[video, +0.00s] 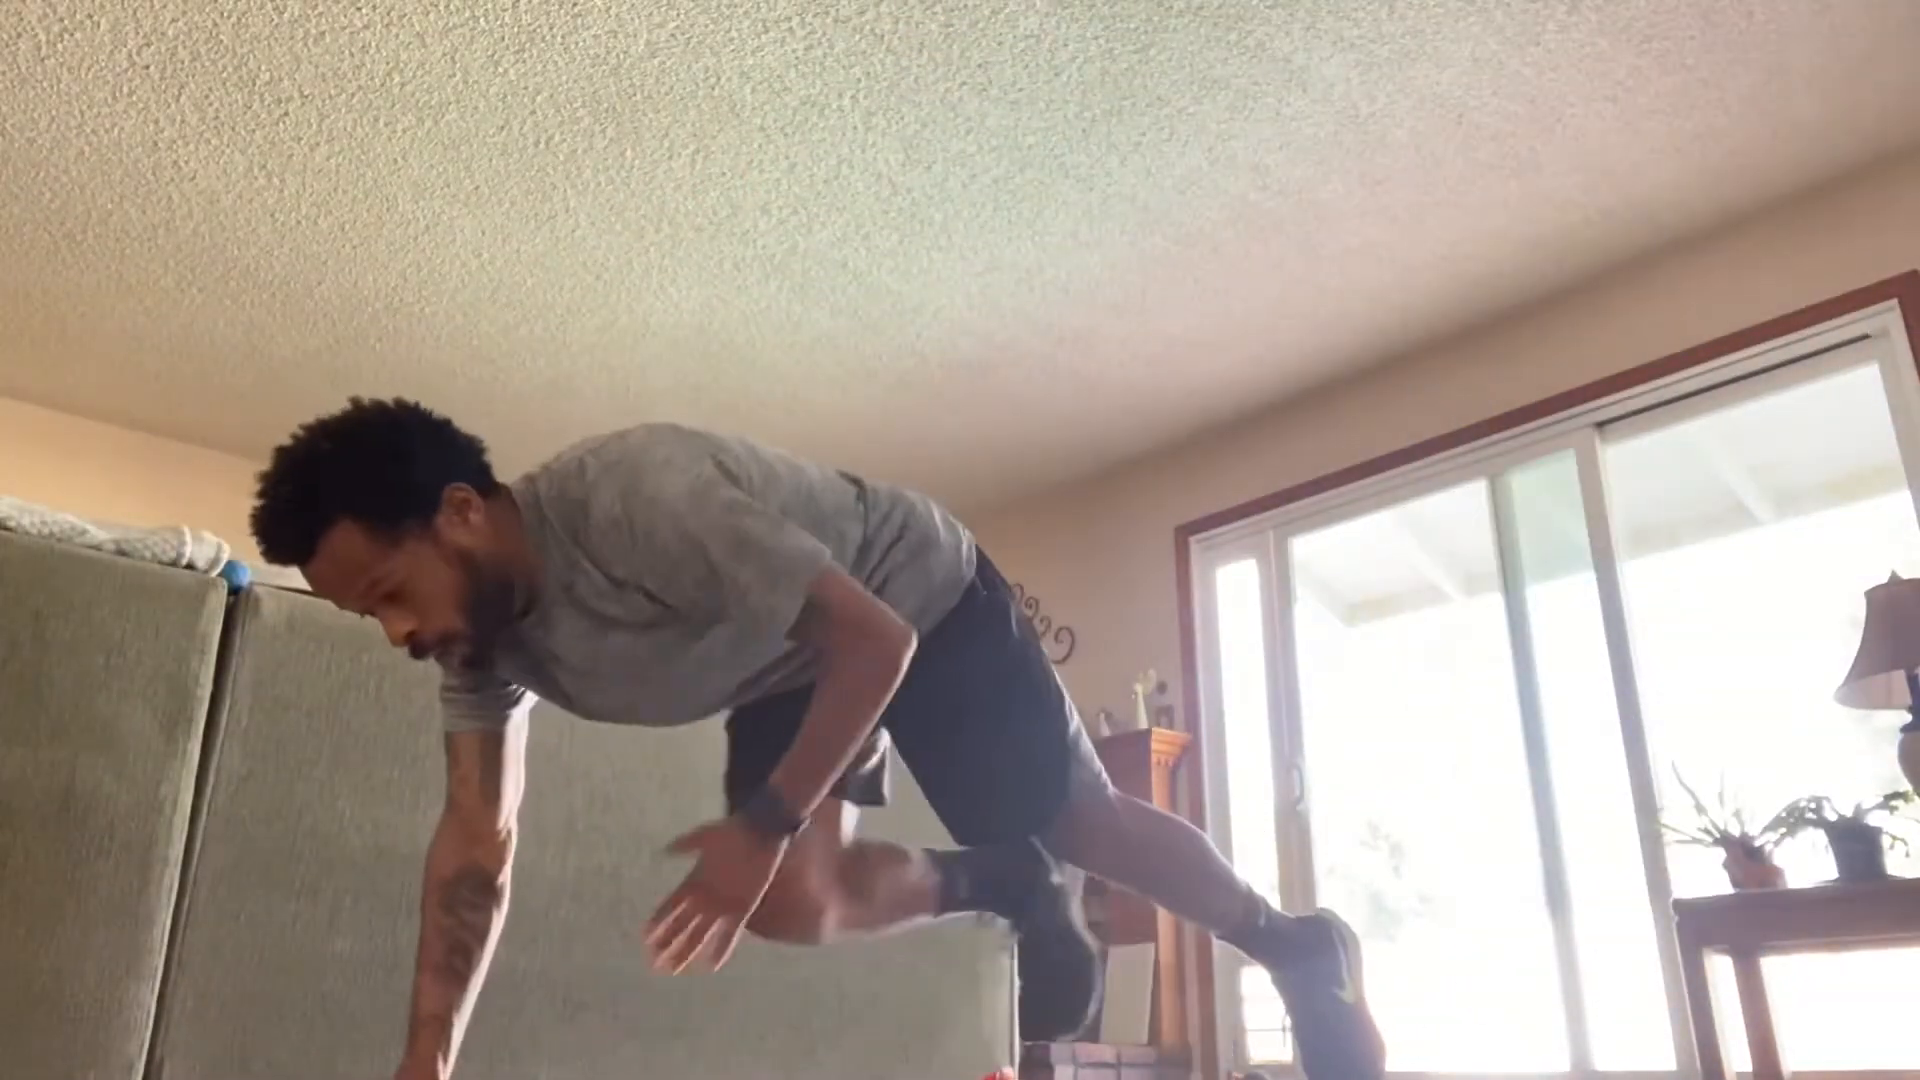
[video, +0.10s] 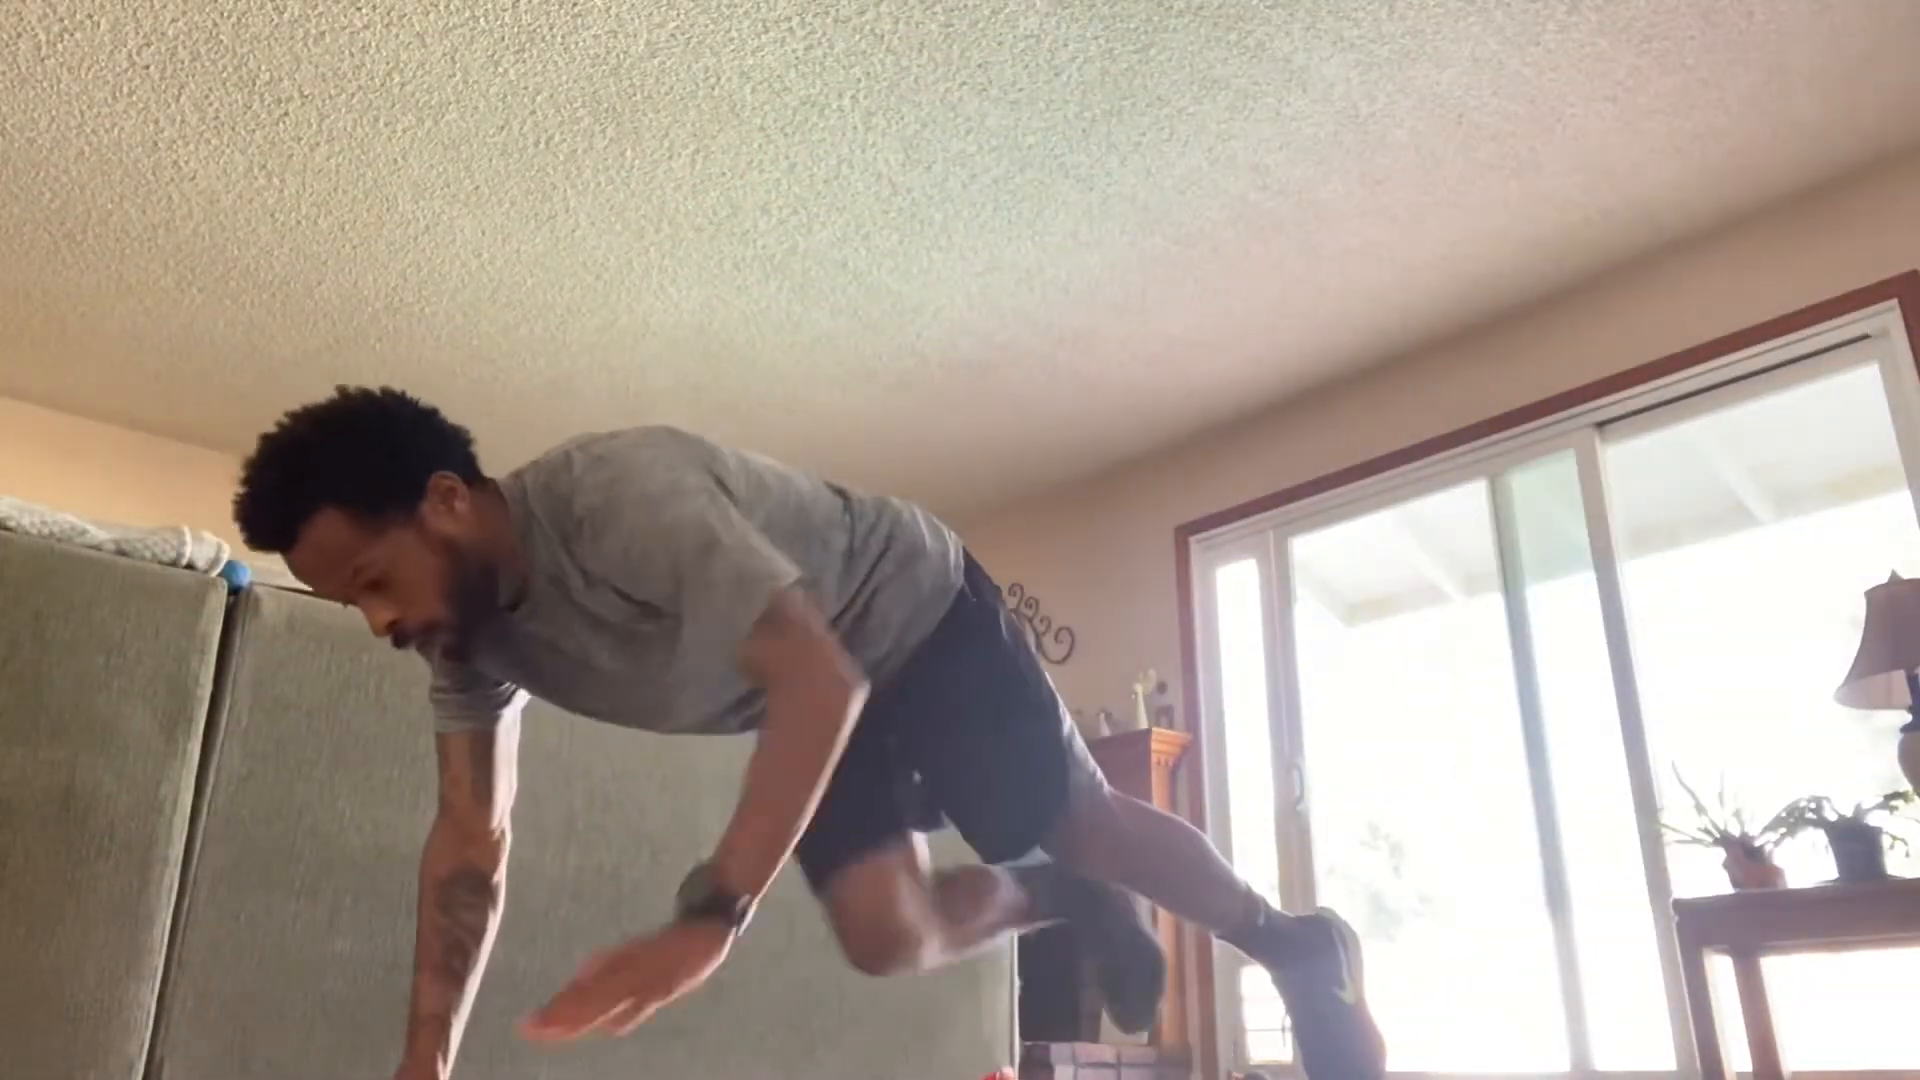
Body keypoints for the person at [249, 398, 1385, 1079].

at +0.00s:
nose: (387, 633)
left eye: (386, 594)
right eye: (361, 615)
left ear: (457, 514)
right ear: (370, 595)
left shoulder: (642, 499)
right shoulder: (474, 639)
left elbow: (873, 639)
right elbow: (473, 857)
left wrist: (763, 832)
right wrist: (427, 1062)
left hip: (921, 590)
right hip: (790, 668)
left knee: (1063, 829)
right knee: (795, 891)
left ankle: (1296, 949)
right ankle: (1003, 884)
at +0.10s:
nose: (371, 623)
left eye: (370, 583)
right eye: (344, 604)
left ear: (444, 505)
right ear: (357, 582)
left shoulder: (624, 502)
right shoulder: (458, 633)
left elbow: (822, 684)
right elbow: (466, 860)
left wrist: (712, 915)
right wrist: (424, 1065)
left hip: (920, 608)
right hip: (810, 699)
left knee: (1079, 830)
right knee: (884, 930)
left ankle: (1300, 947)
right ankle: (1079, 893)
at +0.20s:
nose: (347, 621)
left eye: (346, 579)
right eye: (321, 601)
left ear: (425, 501)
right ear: (391, 536)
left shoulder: (624, 515)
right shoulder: (443, 629)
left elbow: (729, 736)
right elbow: (467, 854)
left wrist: (684, 1008)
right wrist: (426, 1061)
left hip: (921, 639)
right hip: (809, 735)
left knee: (1088, 846)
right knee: (965, 926)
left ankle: (1296, 949)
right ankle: (1124, 929)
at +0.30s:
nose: (325, 637)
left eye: (320, 596)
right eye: (299, 618)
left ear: (404, 514)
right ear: (373, 552)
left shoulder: (604, 533)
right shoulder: (440, 638)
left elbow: (708, 769)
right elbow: (469, 867)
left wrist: (696, 1037)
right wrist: (424, 1069)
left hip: (919, 662)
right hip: (812, 755)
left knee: (1102, 866)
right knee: (999, 927)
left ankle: (1301, 952)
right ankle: (1173, 966)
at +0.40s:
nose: (339, 645)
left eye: (331, 603)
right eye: (310, 625)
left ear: (410, 515)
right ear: (380, 555)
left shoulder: (615, 520)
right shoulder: (455, 644)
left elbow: (714, 764)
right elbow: (478, 872)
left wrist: (700, 1039)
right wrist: (424, 1069)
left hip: (932, 691)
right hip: (822, 780)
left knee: (1089, 913)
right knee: (1003, 929)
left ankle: (1303, 953)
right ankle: (1200, 970)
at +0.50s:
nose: (366, 614)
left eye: (361, 573)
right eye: (338, 594)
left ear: (441, 488)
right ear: (419, 517)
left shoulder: (642, 491)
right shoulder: (485, 630)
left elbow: (714, 768)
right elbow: (488, 859)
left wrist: (701, 1040)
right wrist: (431, 1057)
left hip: (952, 655)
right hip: (850, 736)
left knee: (1056, 959)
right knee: (1007, 930)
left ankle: (1280, 937)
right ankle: (1168, 1003)